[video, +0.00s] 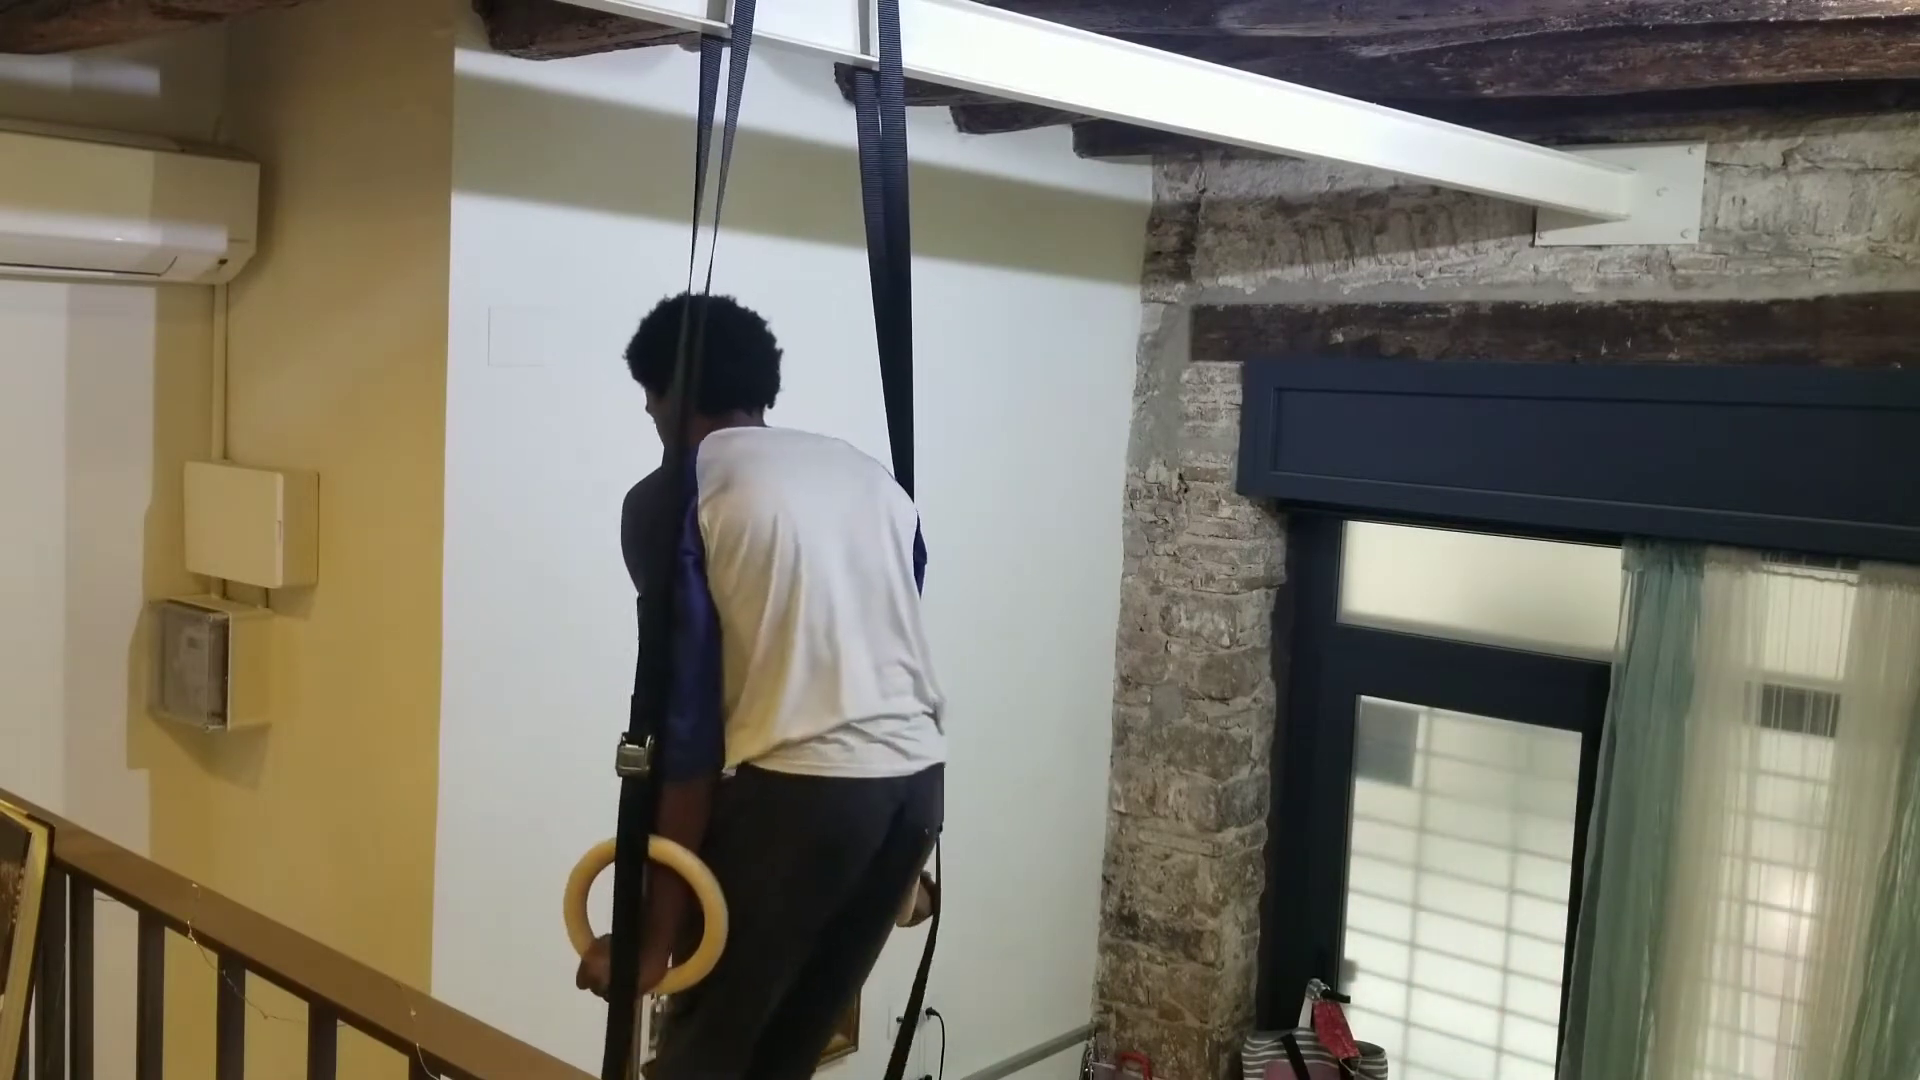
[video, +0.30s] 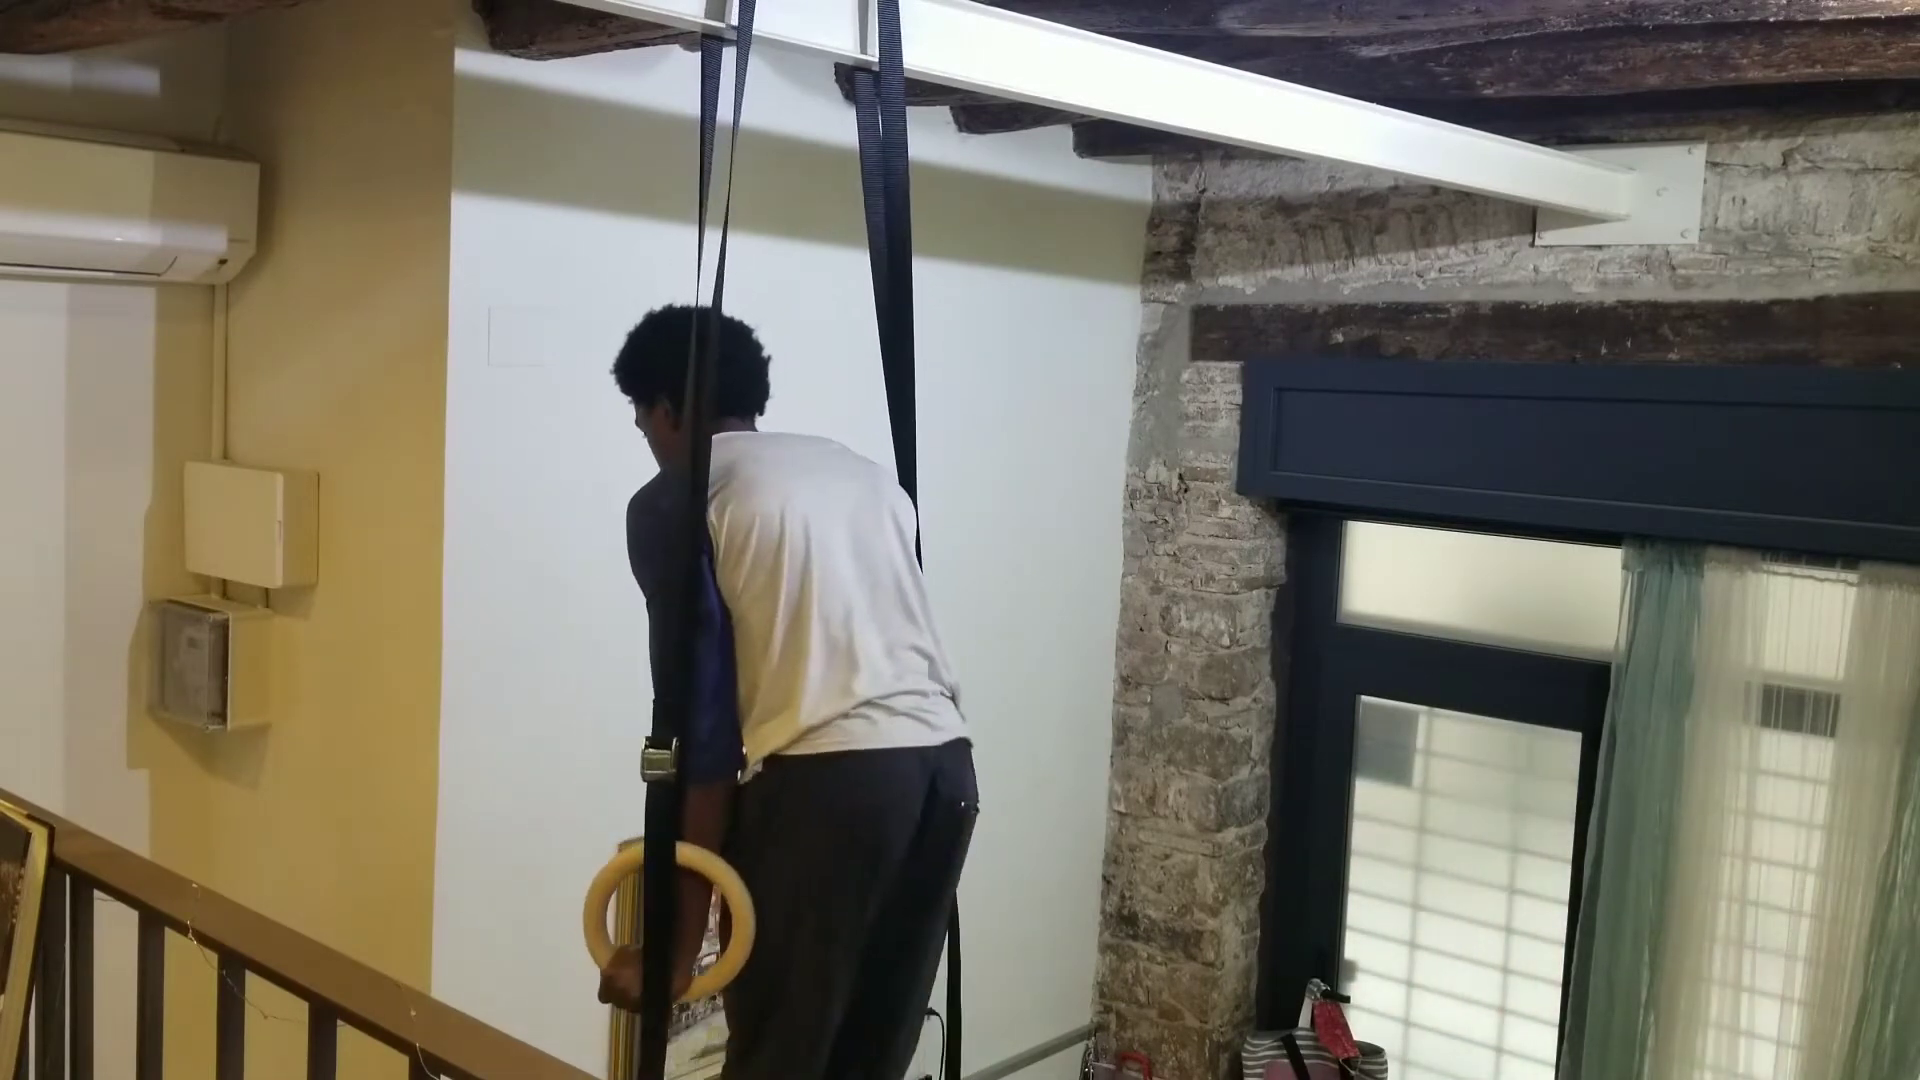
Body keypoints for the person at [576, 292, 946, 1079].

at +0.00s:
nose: (655, 418)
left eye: (653, 396)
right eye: (649, 399)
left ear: (679, 389)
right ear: (761, 384)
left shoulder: (673, 494)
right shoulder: (876, 480)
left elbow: (688, 724)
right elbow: (902, 654)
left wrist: (654, 937)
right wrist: (916, 853)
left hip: (792, 802)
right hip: (908, 804)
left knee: (703, 1050)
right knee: (789, 1053)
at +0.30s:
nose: (646, 441)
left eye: (643, 421)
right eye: (641, 422)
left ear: (667, 408)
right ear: (751, 398)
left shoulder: (677, 499)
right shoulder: (868, 470)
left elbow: (705, 737)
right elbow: (902, 661)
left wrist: (671, 956)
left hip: (826, 788)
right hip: (945, 781)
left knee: (778, 1055)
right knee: (875, 1054)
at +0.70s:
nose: (633, 451)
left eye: (629, 431)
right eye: (625, 434)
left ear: (656, 413)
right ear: (733, 397)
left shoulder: (664, 498)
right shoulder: (847, 466)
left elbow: (687, 689)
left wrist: (673, 936)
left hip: (819, 795)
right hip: (933, 785)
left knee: (801, 1057)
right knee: (895, 1056)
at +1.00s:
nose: (617, 448)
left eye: (613, 430)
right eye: (609, 432)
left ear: (640, 410)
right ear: (717, 391)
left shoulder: (646, 497)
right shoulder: (835, 471)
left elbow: (667, 678)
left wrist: (667, 861)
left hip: (782, 802)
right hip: (895, 787)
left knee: (779, 1058)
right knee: (877, 1059)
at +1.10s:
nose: (610, 444)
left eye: (606, 426)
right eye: (602, 428)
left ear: (635, 406)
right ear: (710, 389)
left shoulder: (643, 494)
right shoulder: (828, 468)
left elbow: (657, 678)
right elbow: (844, 642)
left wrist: (671, 843)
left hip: (771, 800)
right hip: (885, 786)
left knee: (768, 1056)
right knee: (866, 1053)